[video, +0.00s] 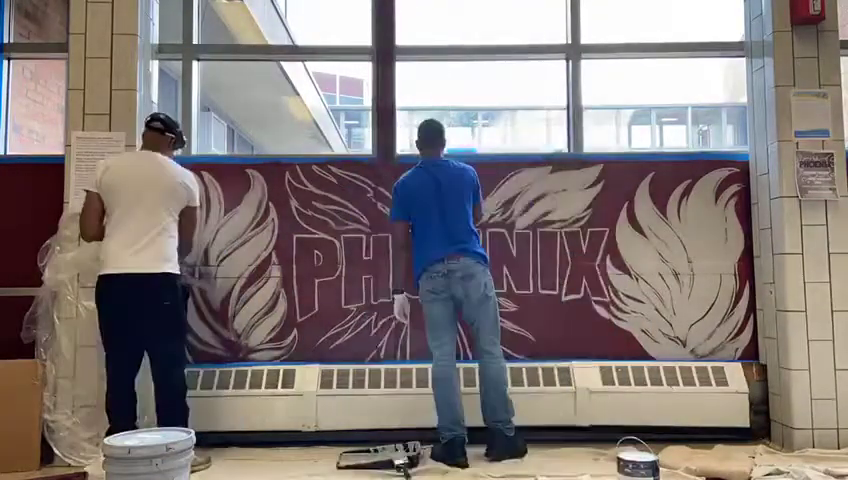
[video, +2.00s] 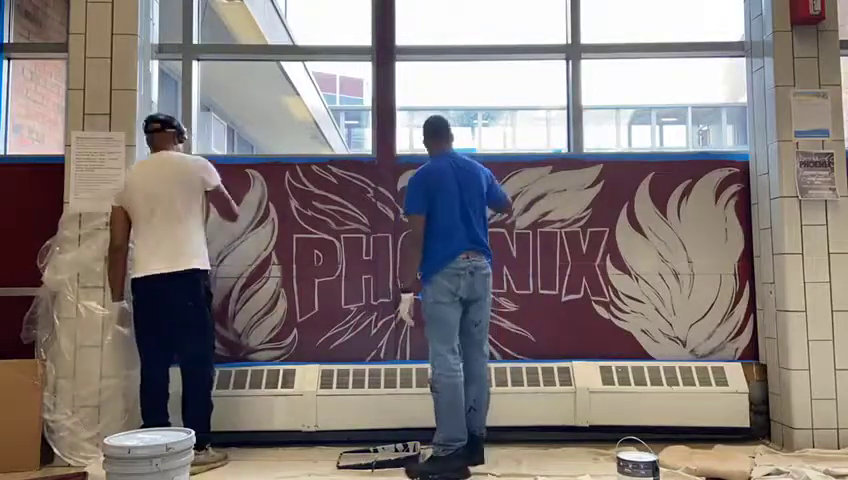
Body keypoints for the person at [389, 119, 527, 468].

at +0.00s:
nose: (430, 149)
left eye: (423, 144)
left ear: (417, 146)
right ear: (445, 144)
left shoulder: (404, 184)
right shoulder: (466, 173)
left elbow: (402, 241)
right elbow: (478, 217)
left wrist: (401, 291)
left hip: (431, 271)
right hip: (471, 265)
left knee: (443, 356)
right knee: (489, 350)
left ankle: (453, 444)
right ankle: (502, 437)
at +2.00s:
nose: (430, 145)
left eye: (426, 140)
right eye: (439, 136)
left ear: (425, 141)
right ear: (451, 137)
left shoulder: (422, 177)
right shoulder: (477, 169)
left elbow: (417, 229)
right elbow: (505, 206)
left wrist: (410, 277)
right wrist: (478, 207)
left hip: (443, 270)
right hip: (480, 269)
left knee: (445, 358)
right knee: (476, 355)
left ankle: (449, 449)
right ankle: (474, 440)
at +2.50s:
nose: (488, 149)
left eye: (484, 144)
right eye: (497, 145)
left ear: (479, 144)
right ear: (505, 148)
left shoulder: (461, 166)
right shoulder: (517, 181)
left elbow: (442, 214)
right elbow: (518, 232)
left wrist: (439, 237)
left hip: (466, 265)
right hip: (505, 268)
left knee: (450, 345)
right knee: (499, 351)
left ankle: (448, 443)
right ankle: (499, 445)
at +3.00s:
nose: (497, 152)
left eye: (490, 144)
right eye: (505, 148)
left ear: (483, 144)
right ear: (512, 149)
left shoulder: (458, 175)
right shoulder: (520, 182)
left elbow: (440, 222)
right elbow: (519, 228)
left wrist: (457, 199)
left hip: (467, 272)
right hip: (507, 271)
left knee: (479, 355)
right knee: (532, 353)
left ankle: (492, 443)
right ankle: (552, 437)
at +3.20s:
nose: (538, 147)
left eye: (530, 138)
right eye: (544, 142)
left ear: (520, 140)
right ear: (547, 144)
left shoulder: (494, 175)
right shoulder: (559, 178)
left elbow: (478, 222)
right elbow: (560, 220)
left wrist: (485, 247)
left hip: (505, 272)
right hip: (546, 271)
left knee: (498, 354)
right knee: (553, 355)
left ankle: (493, 443)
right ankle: (562, 443)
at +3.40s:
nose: (569, 147)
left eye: (560, 139)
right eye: (577, 142)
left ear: (553, 140)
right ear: (581, 144)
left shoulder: (528, 173)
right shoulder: (592, 182)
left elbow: (510, 225)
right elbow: (592, 227)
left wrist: (498, 271)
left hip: (531, 273)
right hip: (573, 273)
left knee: (514, 355)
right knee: (567, 357)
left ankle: (506, 438)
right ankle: (563, 441)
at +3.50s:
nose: (478, 131)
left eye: (476, 124)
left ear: (477, 125)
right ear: (508, 123)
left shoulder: (465, 159)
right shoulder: (535, 161)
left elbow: (447, 216)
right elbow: (558, 220)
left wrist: (446, 266)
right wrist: (543, 241)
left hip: (475, 267)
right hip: (522, 266)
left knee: (449, 363)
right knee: (526, 369)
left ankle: (431, 459)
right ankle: (531, 466)